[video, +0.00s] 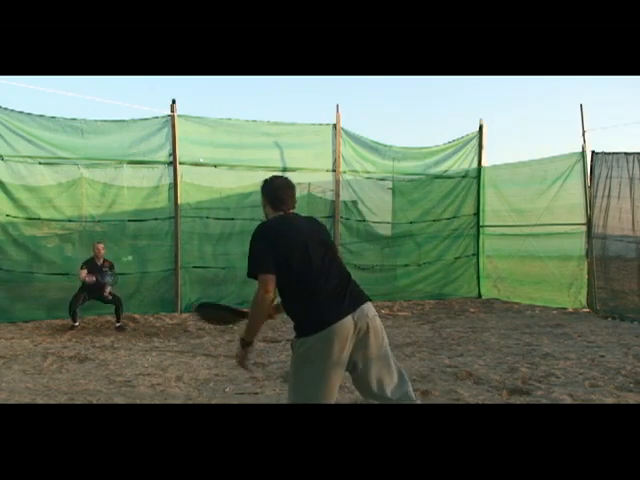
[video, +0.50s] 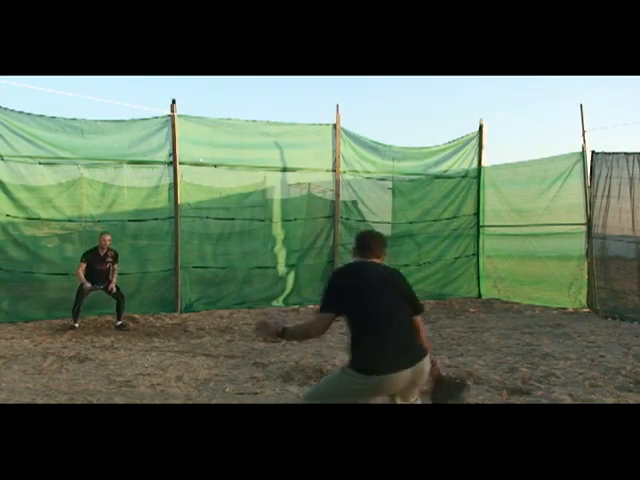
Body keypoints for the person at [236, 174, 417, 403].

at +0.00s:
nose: (262, 208)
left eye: (262, 203)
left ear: (265, 205)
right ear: (293, 203)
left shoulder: (265, 232)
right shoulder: (312, 223)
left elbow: (266, 293)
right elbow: (320, 275)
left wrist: (246, 342)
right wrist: (278, 308)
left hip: (323, 331)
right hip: (363, 312)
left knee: (309, 399)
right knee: (393, 390)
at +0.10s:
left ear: (279, 208)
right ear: (306, 205)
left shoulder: (273, 237)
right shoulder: (328, 230)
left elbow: (266, 299)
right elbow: (336, 287)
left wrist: (244, 326)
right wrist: (294, 314)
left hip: (325, 336)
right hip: (369, 321)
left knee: (305, 398)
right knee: (391, 396)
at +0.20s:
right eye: (322, 214)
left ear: (298, 218)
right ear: (325, 217)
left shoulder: (287, 248)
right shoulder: (344, 243)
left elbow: (271, 307)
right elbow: (361, 291)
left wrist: (259, 310)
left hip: (327, 350)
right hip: (374, 338)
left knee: (299, 399)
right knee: (391, 399)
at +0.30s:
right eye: (346, 231)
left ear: (322, 235)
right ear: (348, 236)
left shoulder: (306, 263)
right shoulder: (365, 262)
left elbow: (283, 315)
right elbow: (385, 310)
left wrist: (273, 303)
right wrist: (393, 340)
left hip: (338, 364)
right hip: (386, 353)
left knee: (296, 400)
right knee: (394, 398)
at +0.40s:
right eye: (370, 249)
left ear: (343, 249)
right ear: (369, 252)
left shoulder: (328, 276)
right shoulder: (385, 275)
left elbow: (298, 326)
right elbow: (409, 329)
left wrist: (277, 317)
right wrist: (421, 369)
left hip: (356, 375)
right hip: (404, 365)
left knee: (302, 399)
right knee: (402, 397)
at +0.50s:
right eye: (381, 253)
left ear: (355, 252)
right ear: (383, 254)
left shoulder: (343, 276)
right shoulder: (395, 276)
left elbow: (318, 328)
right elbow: (418, 328)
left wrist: (280, 332)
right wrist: (430, 362)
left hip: (373, 373)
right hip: (417, 366)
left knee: (312, 398)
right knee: (406, 398)